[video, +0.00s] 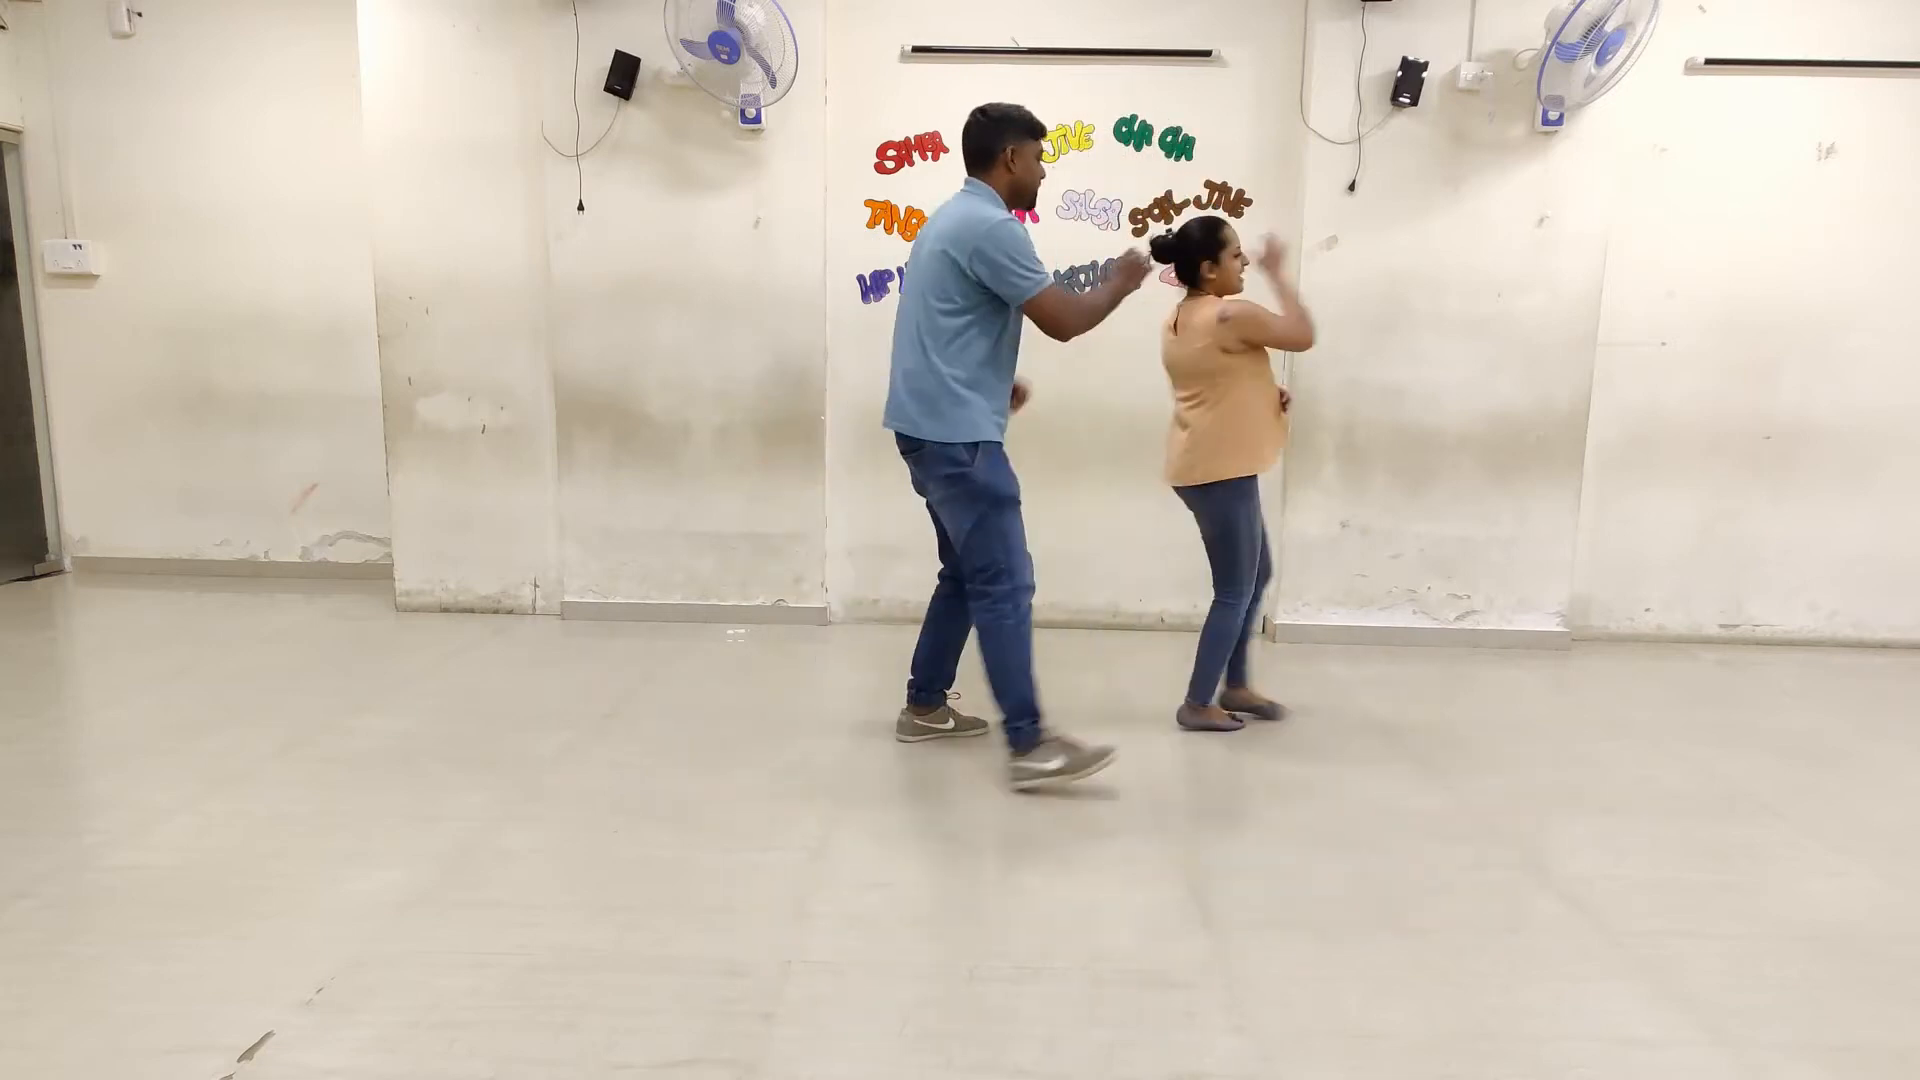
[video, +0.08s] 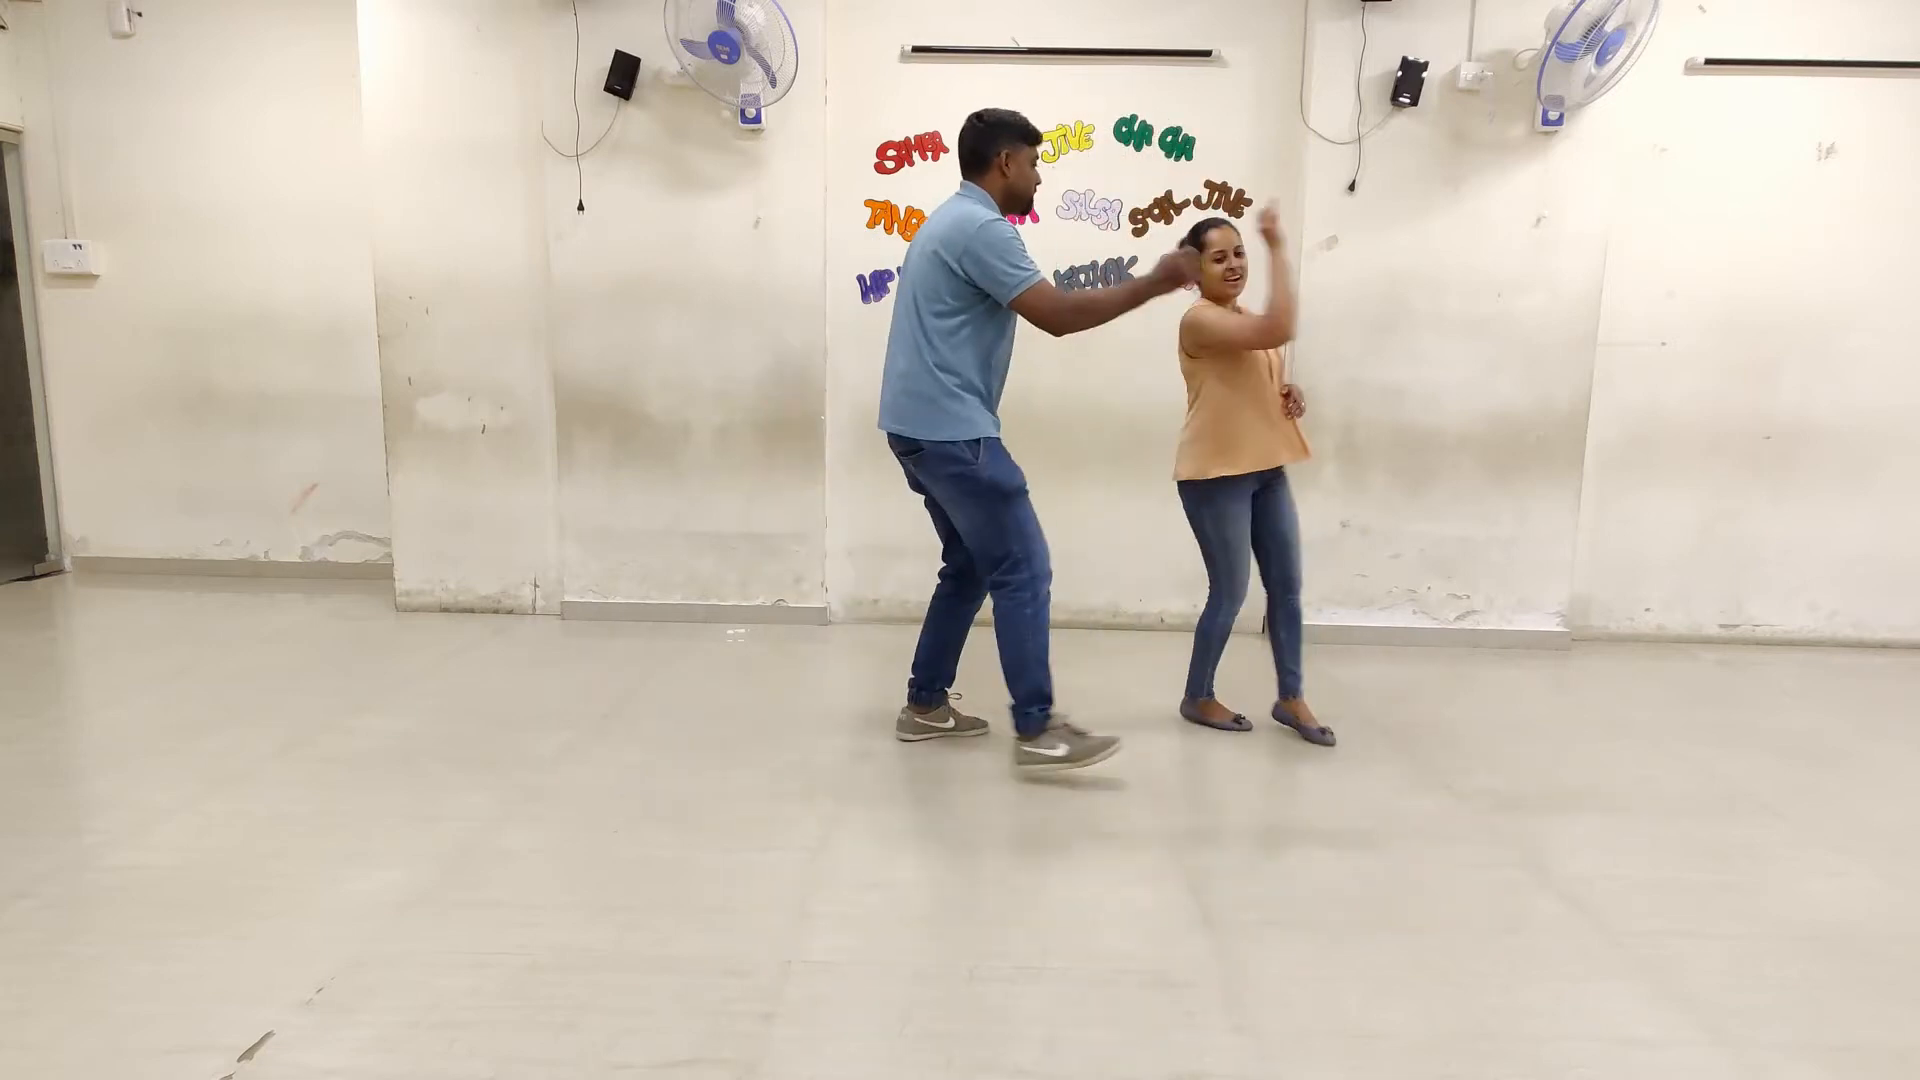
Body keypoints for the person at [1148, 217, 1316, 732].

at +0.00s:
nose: (1245, 262)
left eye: (1241, 254)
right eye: (1235, 256)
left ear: (1197, 269)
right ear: (1206, 268)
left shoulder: (1177, 319)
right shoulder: (1230, 315)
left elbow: (1207, 386)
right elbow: (1302, 332)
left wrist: (1266, 400)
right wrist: (1279, 274)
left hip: (1199, 466)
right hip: (1224, 469)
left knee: (1256, 569)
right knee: (1233, 586)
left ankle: (1235, 687)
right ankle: (1198, 704)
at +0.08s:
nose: (1232, 263)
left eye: (1238, 254)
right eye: (1218, 256)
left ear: (1246, 260)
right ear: (1193, 268)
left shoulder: (1249, 318)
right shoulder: (1197, 320)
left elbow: (1253, 394)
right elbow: (1277, 328)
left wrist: (1286, 400)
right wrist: (1277, 249)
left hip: (1265, 468)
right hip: (1213, 473)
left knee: (1285, 587)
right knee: (1230, 590)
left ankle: (1291, 698)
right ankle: (1197, 698)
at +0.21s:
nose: (1226, 266)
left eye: (1237, 255)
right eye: (1216, 258)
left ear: (1257, 260)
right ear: (1205, 267)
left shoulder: (1291, 319)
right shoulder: (1197, 324)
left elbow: (1335, 377)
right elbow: (1196, 360)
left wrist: (1311, 397)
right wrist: (1194, 297)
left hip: (1286, 471)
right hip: (1218, 474)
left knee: (1295, 597)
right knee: (1225, 596)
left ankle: (1302, 715)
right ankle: (1215, 696)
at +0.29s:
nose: (1227, 274)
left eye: (1239, 263)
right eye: (1219, 265)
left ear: (1264, 267)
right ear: (1211, 272)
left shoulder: (1300, 324)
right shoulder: (1202, 330)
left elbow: (1351, 389)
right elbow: (1181, 395)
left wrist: (1306, 411)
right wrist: (1162, 323)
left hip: (1290, 479)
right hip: (1221, 481)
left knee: (1289, 604)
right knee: (1222, 612)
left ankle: (1301, 723)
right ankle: (1234, 697)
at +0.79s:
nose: (1249, 310)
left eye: (1258, 299)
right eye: (1242, 300)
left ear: (1290, 292)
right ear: (1239, 293)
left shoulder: (1297, 345)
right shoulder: (1260, 339)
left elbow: (1275, 437)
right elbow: (1187, 358)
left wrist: (1231, 428)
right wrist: (1112, 347)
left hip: (1304, 494)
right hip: (1298, 492)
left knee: (1267, 616)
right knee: (1262, 607)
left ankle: (1307, 745)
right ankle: (1266, 703)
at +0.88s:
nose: (1247, 312)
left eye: (1257, 301)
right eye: (1240, 302)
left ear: (1287, 293)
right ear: (1235, 294)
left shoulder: (1299, 342)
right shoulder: (1252, 338)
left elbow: (1288, 427)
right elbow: (1178, 349)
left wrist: (1238, 427)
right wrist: (1111, 320)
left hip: (1315, 495)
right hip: (1296, 495)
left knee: (1259, 611)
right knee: (1246, 584)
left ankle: (1306, 742)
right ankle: (1268, 703)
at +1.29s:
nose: (1245, 338)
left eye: (1254, 325)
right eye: (1235, 328)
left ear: (1281, 312)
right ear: (1225, 320)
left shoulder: (1326, 363)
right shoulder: (1219, 377)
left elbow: (1349, 426)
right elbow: (1191, 453)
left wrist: (1336, 456)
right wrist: (1138, 420)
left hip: (1308, 525)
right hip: (1237, 526)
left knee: (1303, 633)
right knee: (1231, 635)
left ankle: (1236, 733)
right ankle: (1203, 675)